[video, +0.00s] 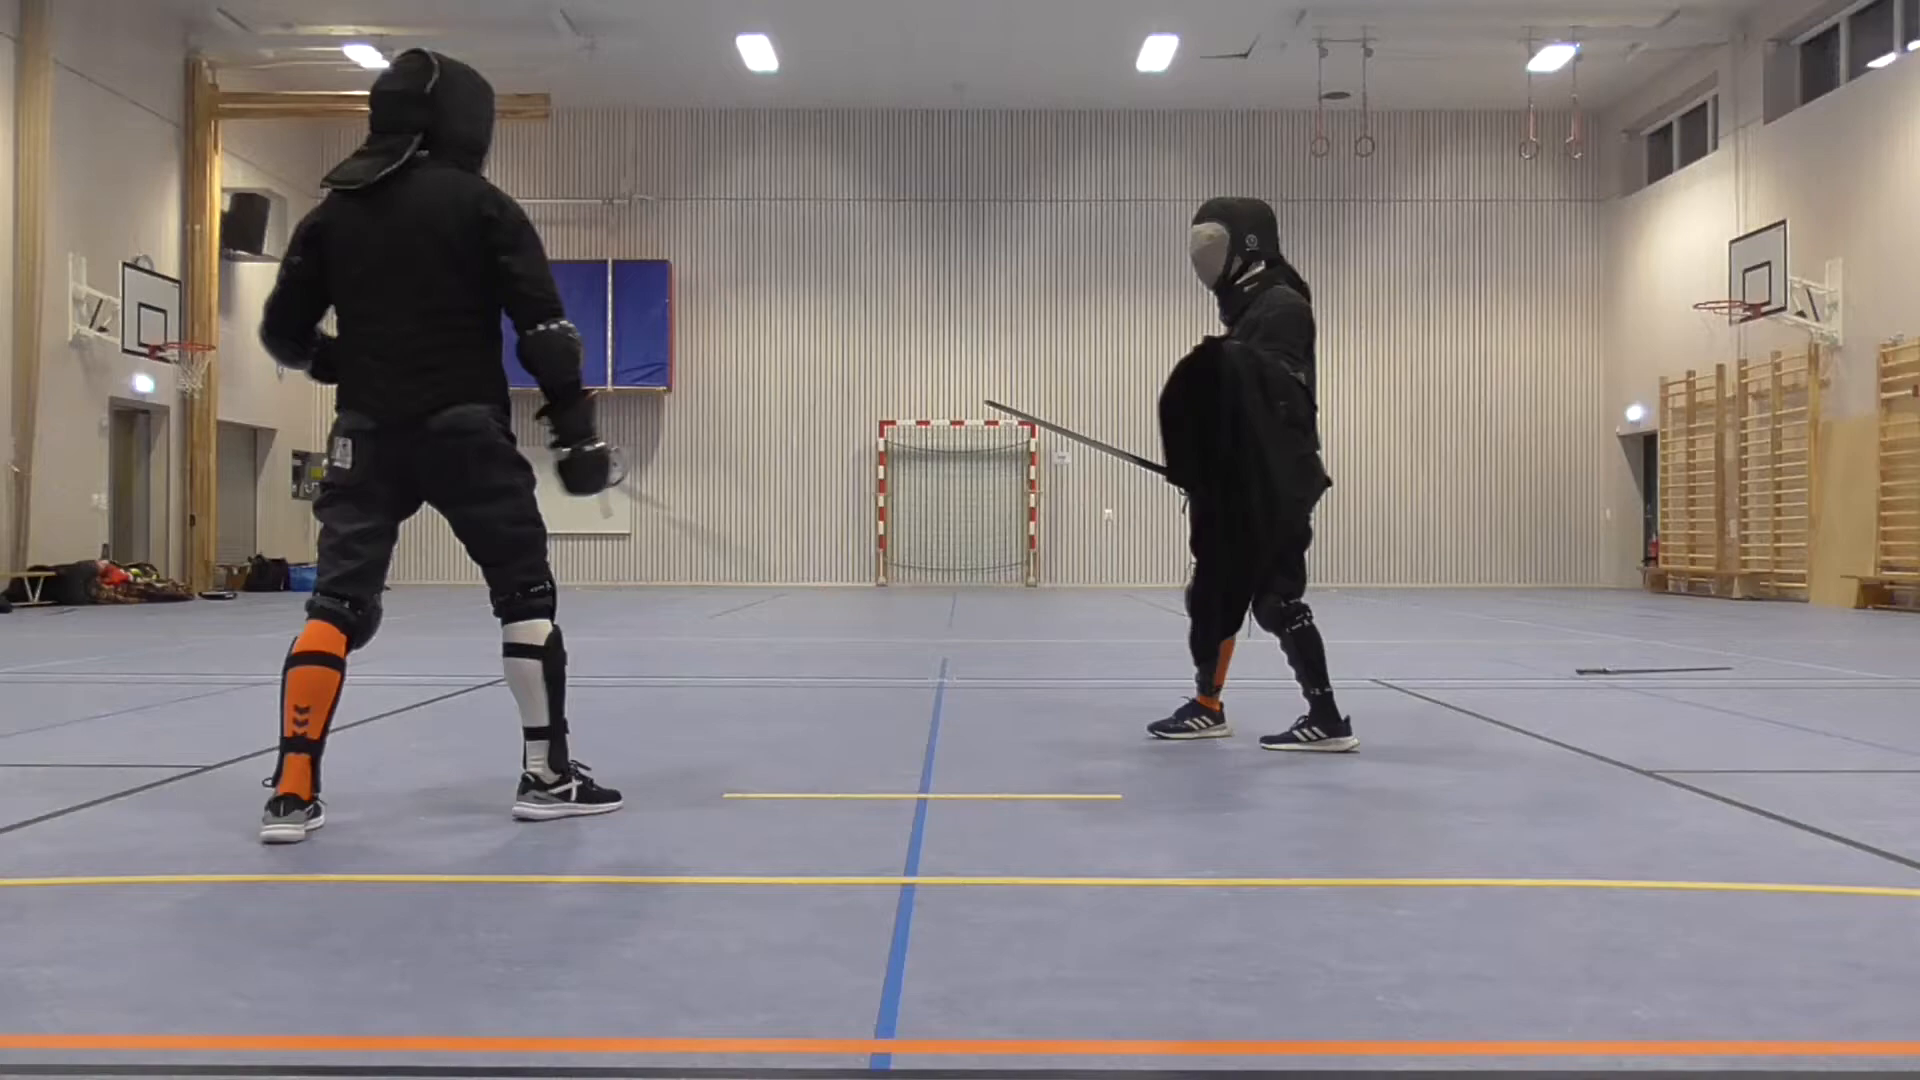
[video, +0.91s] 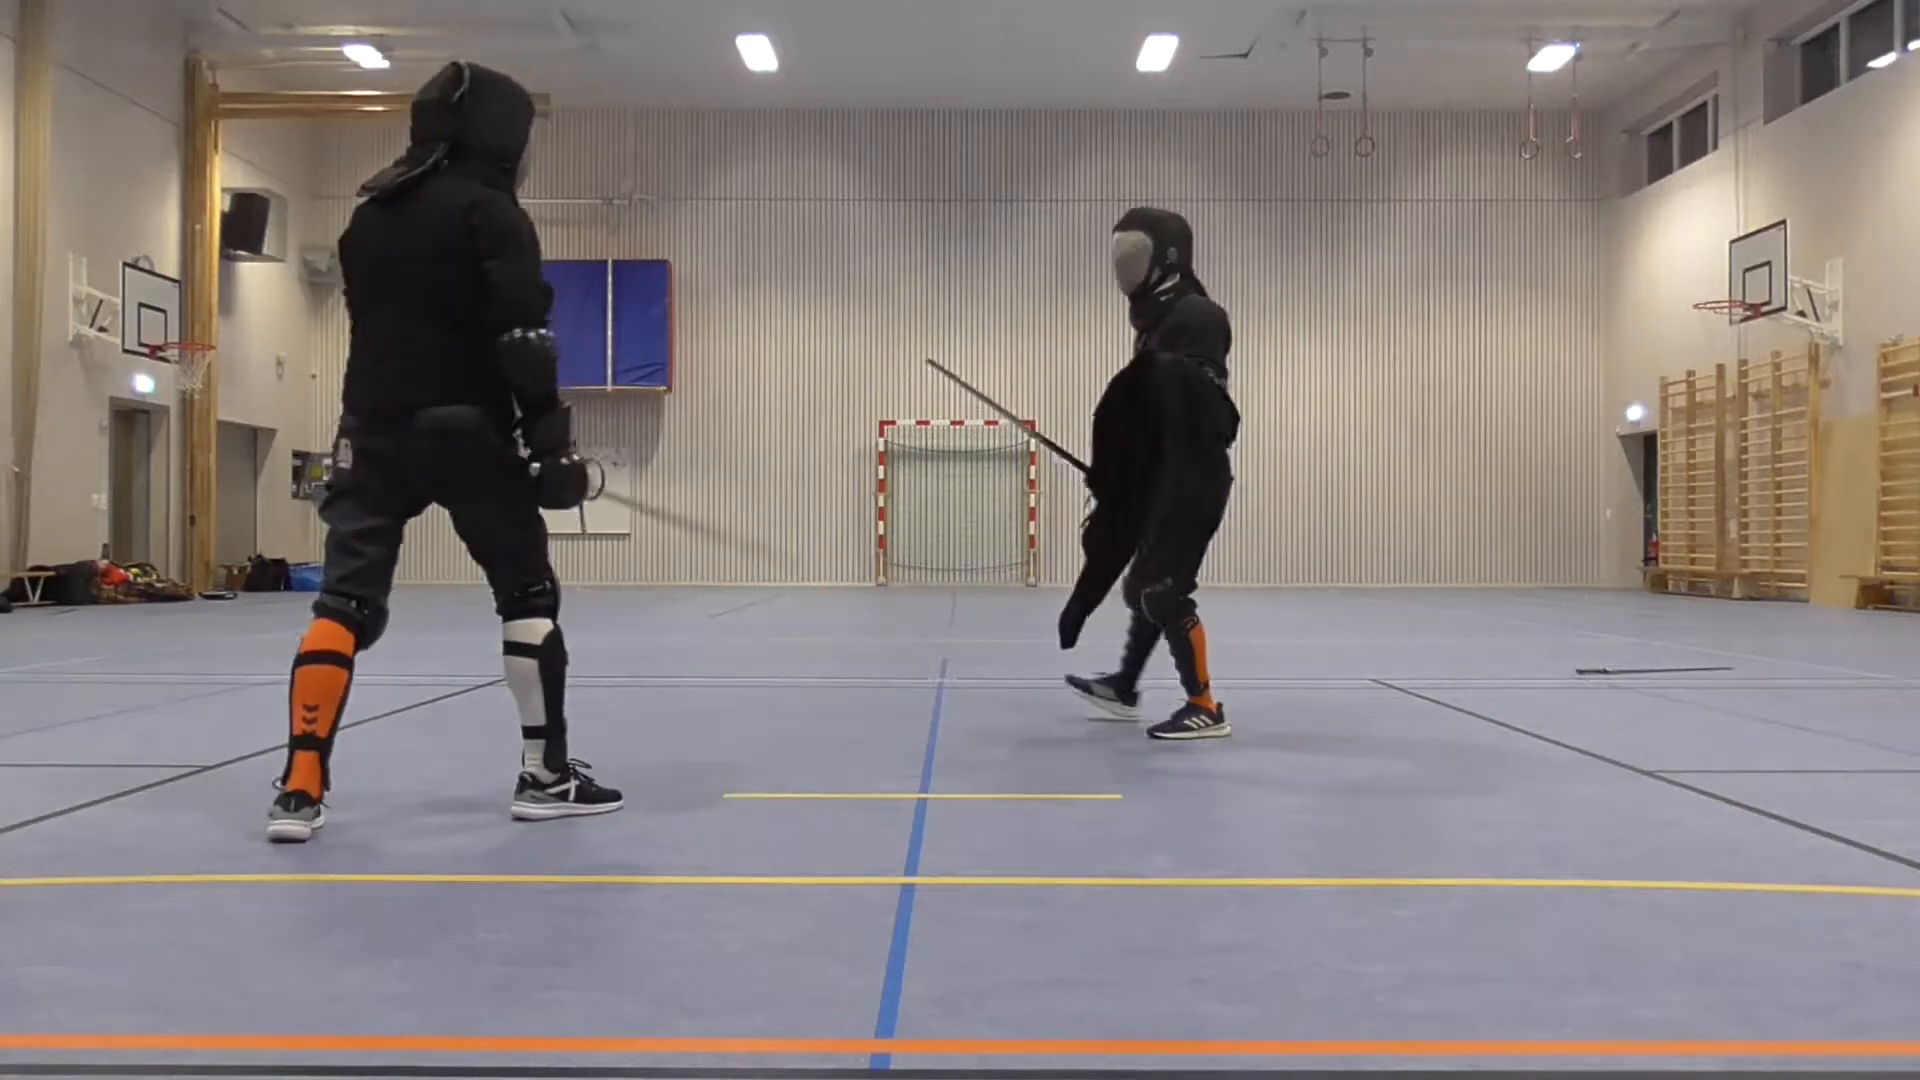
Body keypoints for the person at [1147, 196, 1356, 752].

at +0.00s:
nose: (1204, 261)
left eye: (1212, 248)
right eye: (1201, 249)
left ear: (1247, 247)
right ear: (1246, 249)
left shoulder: (1280, 308)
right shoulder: (1251, 309)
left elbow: (1276, 396)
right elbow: (1248, 404)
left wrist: (1222, 367)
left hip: (1278, 485)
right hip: (1244, 484)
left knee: (1280, 601)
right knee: (1212, 595)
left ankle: (1326, 715)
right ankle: (1207, 706)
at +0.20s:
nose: (1184, 260)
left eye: (1193, 248)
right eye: (1182, 249)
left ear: (1228, 248)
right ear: (1224, 249)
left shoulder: (1260, 309)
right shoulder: (1232, 309)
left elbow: (1255, 393)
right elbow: (1227, 397)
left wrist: (1195, 367)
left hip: (1259, 485)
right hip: (1227, 483)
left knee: (1273, 597)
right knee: (1199, 593)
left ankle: (1325, 714)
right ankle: (1205, 706)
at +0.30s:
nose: (1171, 259)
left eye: (1180, 247)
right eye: (1170, 247)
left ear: (1214, 247)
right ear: (1214, 248)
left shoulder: (1247, 308)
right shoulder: (1220, 307)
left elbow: (1242, 393)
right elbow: (1220, 394)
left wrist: (1183, 366)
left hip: (1245, 482)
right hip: (1223, 481)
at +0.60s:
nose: (1149, 260)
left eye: (1159, 248)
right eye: (1148, 249)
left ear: (1193, 249)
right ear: (1187, 251)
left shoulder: (1222, 309)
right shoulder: (1192, 306)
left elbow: (1225, 389)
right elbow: (1185, 390)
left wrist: (1164, 365)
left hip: (1214, 478)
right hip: (1194, 476)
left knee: (1177, 595)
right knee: (1195, 591)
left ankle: (1204, 706)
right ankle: (1264, 685)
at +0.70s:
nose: (1140, 261)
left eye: (1150, 250)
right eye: (1139, 250)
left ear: (1183, 250)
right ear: (1178, 252)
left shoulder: (1216, 311)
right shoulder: (1182, 309)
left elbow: (1218, 391)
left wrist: (1163, 365)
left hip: (1210, 474)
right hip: (1184, 473)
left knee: (1174, 593)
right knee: (1175, 590)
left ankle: (1205, 707)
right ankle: (1220, 691)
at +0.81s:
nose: (1132, 264)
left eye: (1142, 252)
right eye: (1130, 252)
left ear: (1176, 252)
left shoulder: (1206, 313)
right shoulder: (1168, 311)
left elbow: (1205, 397)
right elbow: (1160, 398)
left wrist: (1152, 376)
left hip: (1206, 475)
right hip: (1175, 472)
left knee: (1168, 588)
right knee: (1158, 584)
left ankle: (1203, 706)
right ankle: (1166, 682)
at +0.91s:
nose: (1122, 266)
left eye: (1133, 254)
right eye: (1120, 254)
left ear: (1167, 256)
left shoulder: (1192, 321)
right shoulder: (1158, 316)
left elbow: (1188, 410)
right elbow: (1145, 418)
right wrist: (1113, 487)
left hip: (1195, 482)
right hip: (1167, 477)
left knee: (1165, 589)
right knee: (1148, 585)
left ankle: (1204, 705)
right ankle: (1124, 683)